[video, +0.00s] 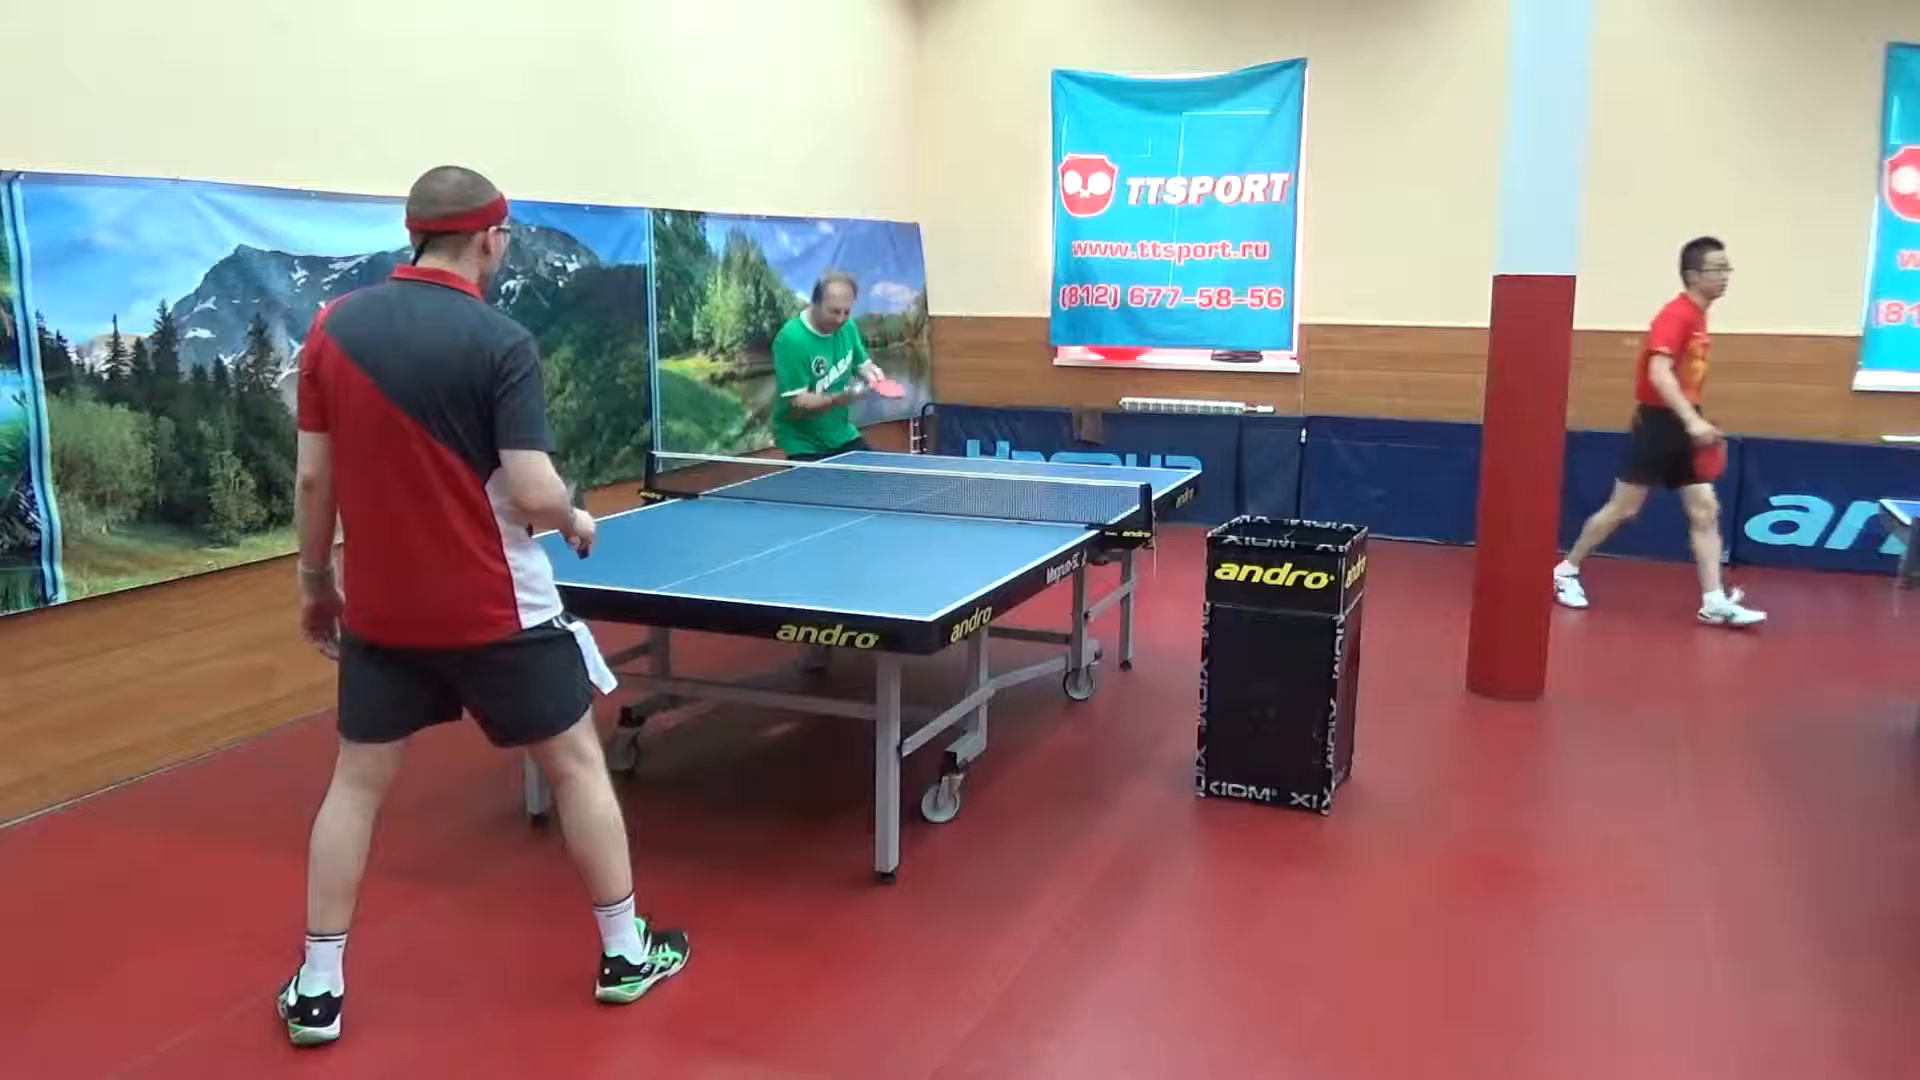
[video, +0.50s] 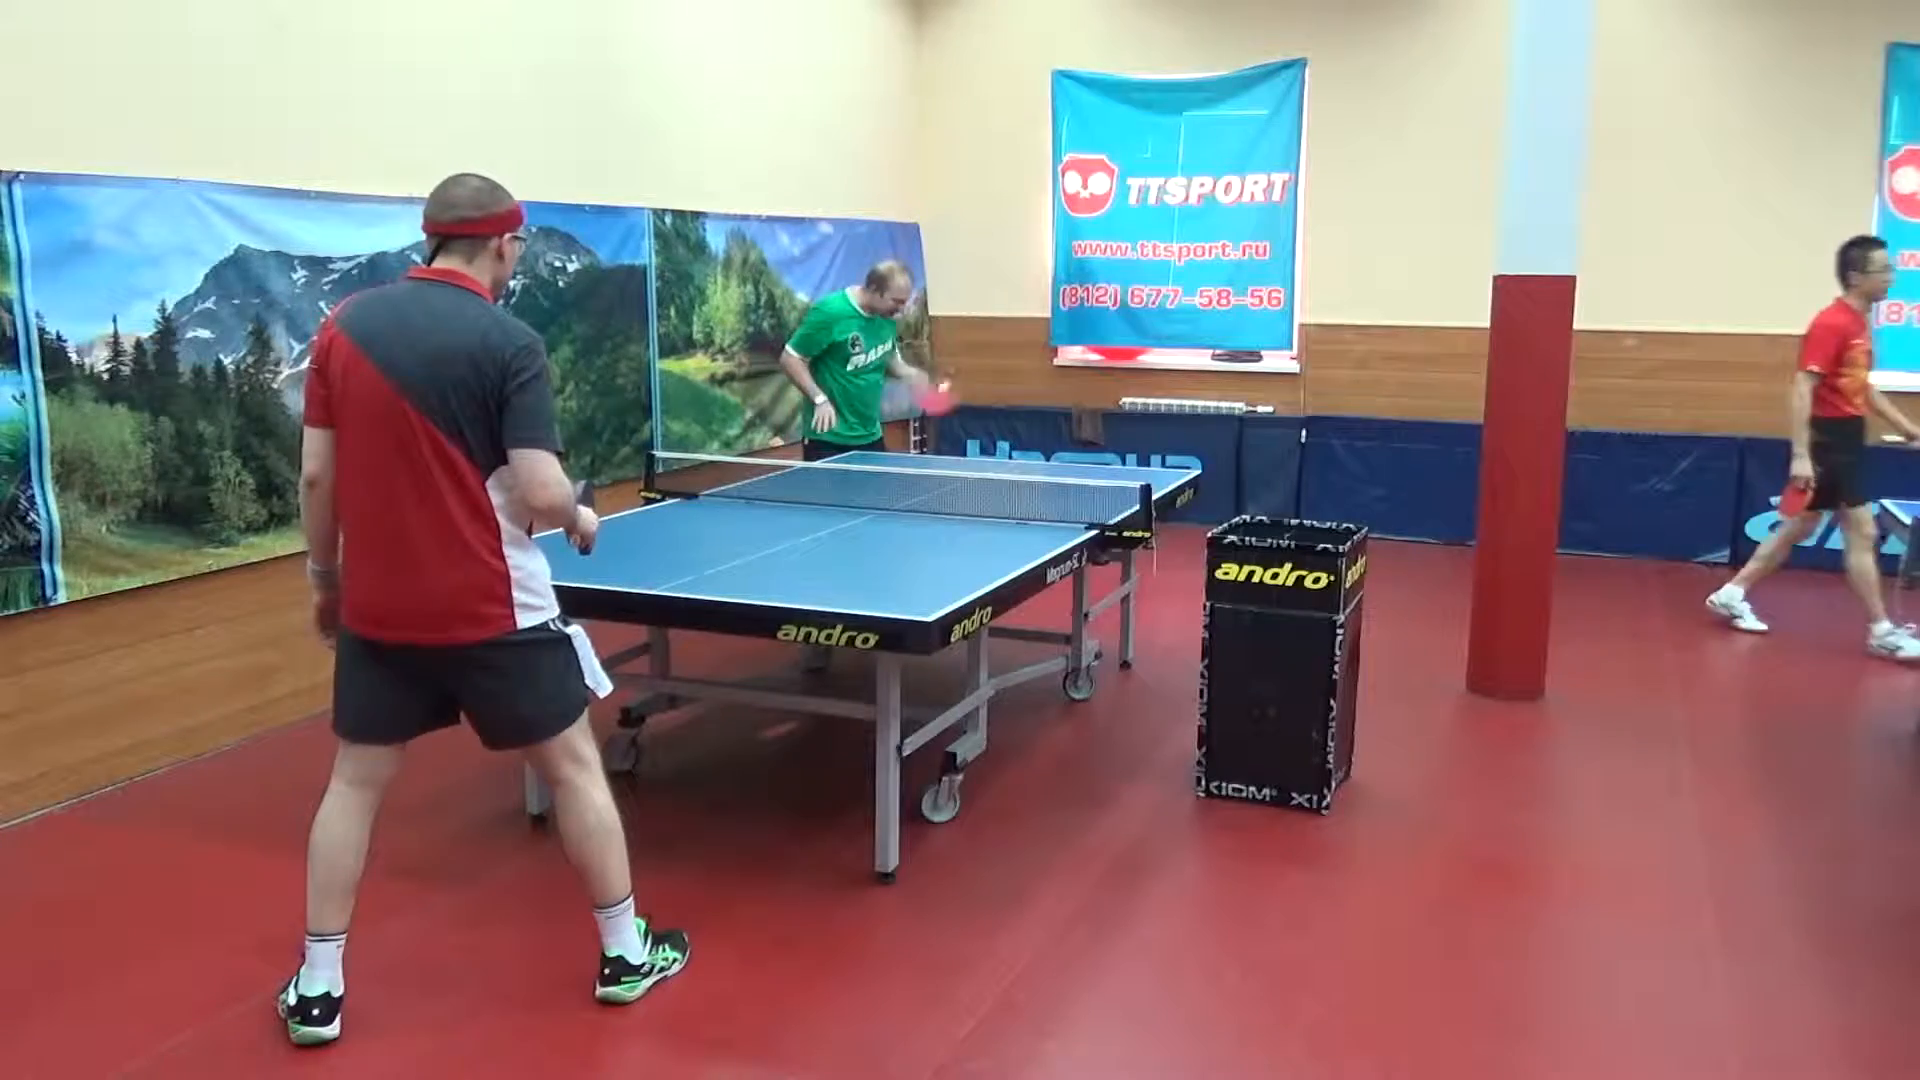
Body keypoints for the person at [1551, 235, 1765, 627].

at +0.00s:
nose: (1726, 276)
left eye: (1727, 269)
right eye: (1717, 270)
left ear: (1719, 274)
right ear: (1692, 275)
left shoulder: (1696, 316)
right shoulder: (1675, 315)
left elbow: (1681, 373)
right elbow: (1660, 372)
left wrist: (1695, 418)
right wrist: (1694, 421)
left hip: (1685, 420)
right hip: (1656, 420)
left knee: (1704, 511)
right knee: (1623, 507)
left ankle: (1714, 599)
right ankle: (1567, 569)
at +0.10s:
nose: (1760, 275)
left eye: (1761, 267)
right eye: (1752, 268)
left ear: (1740, 273)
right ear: (1727, 272)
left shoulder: (1731, 314)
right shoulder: (1708, 313)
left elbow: (1723, 379)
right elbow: (1693, 373)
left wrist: (1742, 431)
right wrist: (1731, 420)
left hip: (1722, 422)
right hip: (1694, 421)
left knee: (1732, 514)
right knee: (1683, 520)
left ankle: (1720, 601)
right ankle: (1606, 558)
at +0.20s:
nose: (1791, 267)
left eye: (1792, 260)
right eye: (1784, 260)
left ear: (1768, 265)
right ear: (1756, 265)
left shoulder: (1758, 307)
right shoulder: (1737, 306)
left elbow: (1751, 374)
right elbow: (1720, 369)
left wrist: (1765, 428)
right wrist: (1753, 421)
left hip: (1752, 411)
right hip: (1730, 413)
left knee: (1746, 517)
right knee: (1742, 516)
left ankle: (1720, 600)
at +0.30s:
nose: (1821, 268)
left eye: (1821, 260)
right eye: (1813, 260)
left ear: (1796, 266)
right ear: (1787, 264)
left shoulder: (1789, 307)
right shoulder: (1769, 307)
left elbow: (1783, 376)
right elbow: (1744, 371)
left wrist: (1799, 422)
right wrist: (1767, 430)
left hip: (1776, 415)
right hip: (1761, 416)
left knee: (1747, 513)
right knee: (1794, 515)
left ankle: (1719, 597)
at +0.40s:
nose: (1854, 275)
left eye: (1853, 267)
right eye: (1846, 267)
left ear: (1830, 274)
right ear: (1819, 272)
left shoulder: (1822, 317)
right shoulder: (1798, 317)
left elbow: (1826, 386)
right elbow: (1771, 383)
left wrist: (1862, 426)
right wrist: (1782, 445)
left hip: (1806, 429)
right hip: (1793, 431)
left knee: (1761, 518)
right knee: (1824, 523)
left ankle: (1720, 601)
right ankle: (1844, 622)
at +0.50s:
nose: (1890, 278)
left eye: (1890, 270)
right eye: (1883, 271)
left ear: (1865, 276)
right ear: (1855, 276)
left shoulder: (1857, 321)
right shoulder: (1831, 322)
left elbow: (1863, 388)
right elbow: (1802, 386)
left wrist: (1906, 427)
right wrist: (1800, 454)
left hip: (1846, 434)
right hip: (1830, 436)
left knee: (1798, 525)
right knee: (1861, 529)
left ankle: (1732, 592)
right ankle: (1881, 628)